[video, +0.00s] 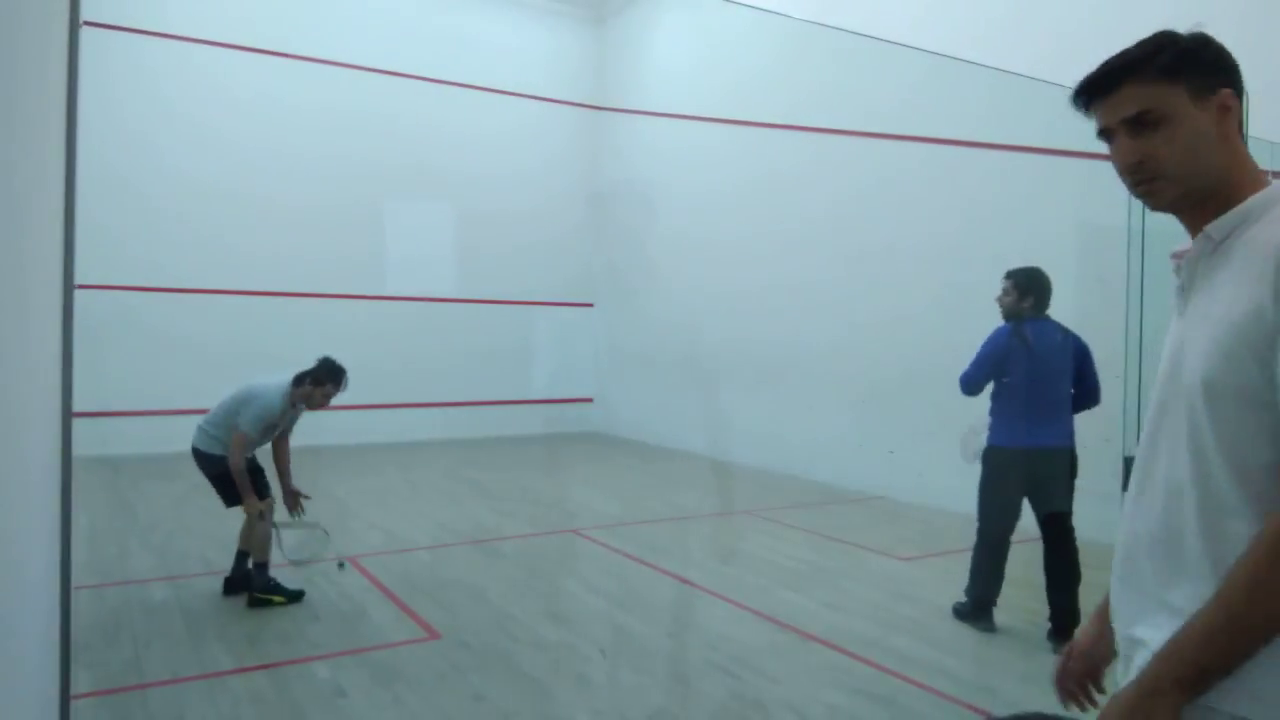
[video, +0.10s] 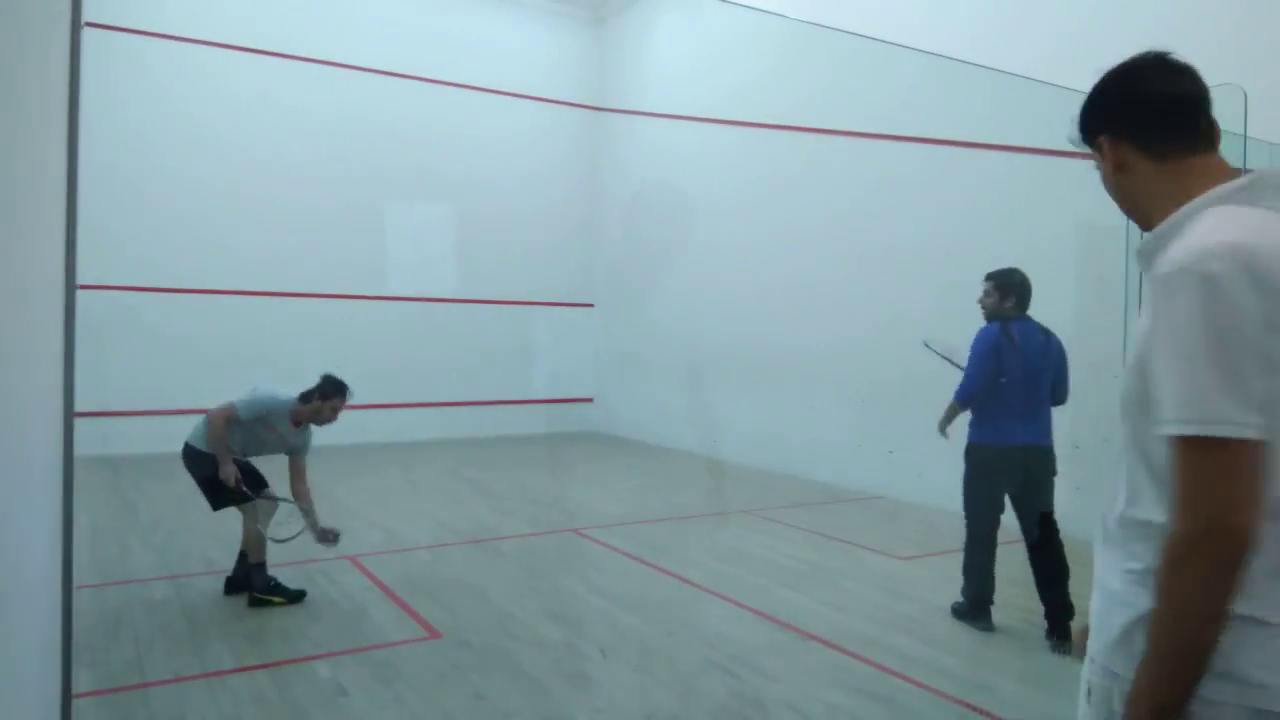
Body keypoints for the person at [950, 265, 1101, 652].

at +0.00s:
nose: (998, 298)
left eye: (1006, 293)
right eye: (1001, 291)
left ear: (1028, 298)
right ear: (1038, 300)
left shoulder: (1005, 337)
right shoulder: (1070, 340)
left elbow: (970, 384)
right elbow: (1090, 395)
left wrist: (992, 368)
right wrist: (1052, 407)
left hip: (1007, 457)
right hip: (1055, 458)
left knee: (993, 532)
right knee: (1059, 536)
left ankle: (980, 606)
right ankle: (1064, 628)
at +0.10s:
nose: (980, 300)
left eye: (987, 294)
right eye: (982, 293)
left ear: (1009, 299)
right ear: (1018, 300)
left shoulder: (990, 335)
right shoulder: (1049, 340)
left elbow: (973, 386)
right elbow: (1059, 394)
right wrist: (1017, 393)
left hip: (990, 453)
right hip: (1036, 455)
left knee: (981, 529)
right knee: (1043, 533)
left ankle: (977, 605)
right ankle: (1059, 626)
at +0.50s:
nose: (988, 299)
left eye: (990, 293)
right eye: (992, 294)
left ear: (995, 296)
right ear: (1026, 298)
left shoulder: (972, 334)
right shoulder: (1045, 341)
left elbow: (948, 377)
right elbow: (1059, 399)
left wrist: (939, 410)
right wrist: (1048, 433)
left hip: (979, 451)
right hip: (1027, 452)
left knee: (979, 527)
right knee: (1026, 532)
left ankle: (982, 602)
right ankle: (1019, 605)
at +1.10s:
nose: (1000, 305)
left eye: (1002, 299)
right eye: (1004, 299)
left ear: (1007, 303)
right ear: (1038, 305)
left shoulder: (982, 337)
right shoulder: (1054, 344)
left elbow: (957, 382)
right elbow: (1066, 398)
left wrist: (952, 423)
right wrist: (1058, 432)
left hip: (982, 449)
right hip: (1027, 451)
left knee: (980, 521)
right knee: (1025, 530)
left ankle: (981, 593)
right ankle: (1014, 610)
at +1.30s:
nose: (1072, 346)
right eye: (1074, 341)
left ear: (1042, 333)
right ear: (1070, 342)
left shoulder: (1011, 357)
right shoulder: (1070, 376)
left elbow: (971, 367)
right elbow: (1110, 416)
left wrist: (947, 376)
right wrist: (1139, 416)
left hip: (981, 452)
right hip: (1021, 458)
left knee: (998, 502)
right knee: (1038, 534)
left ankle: (1007, 566)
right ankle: (1013, 609)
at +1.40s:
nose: (1075, 356)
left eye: (1073, 350)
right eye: (1075, 351)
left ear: (1045, 345)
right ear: (1072, 354)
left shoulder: (1018, 368)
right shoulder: (1069, 387)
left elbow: (977, 385)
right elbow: (1099, 417)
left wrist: (937, 403)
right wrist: (1132, 398)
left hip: (992, 456)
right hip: (1027, 462)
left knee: (1028, 509)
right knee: (1019, 527)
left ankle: (1036, 562)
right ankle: (987, 592)